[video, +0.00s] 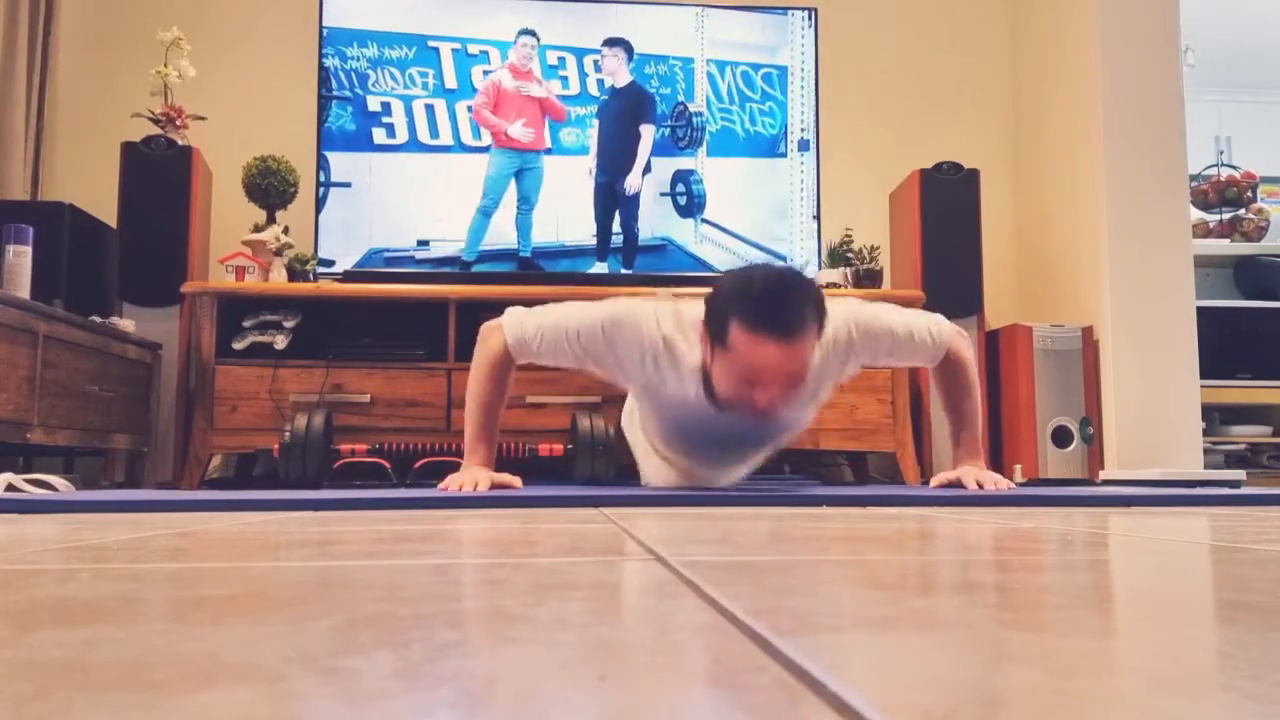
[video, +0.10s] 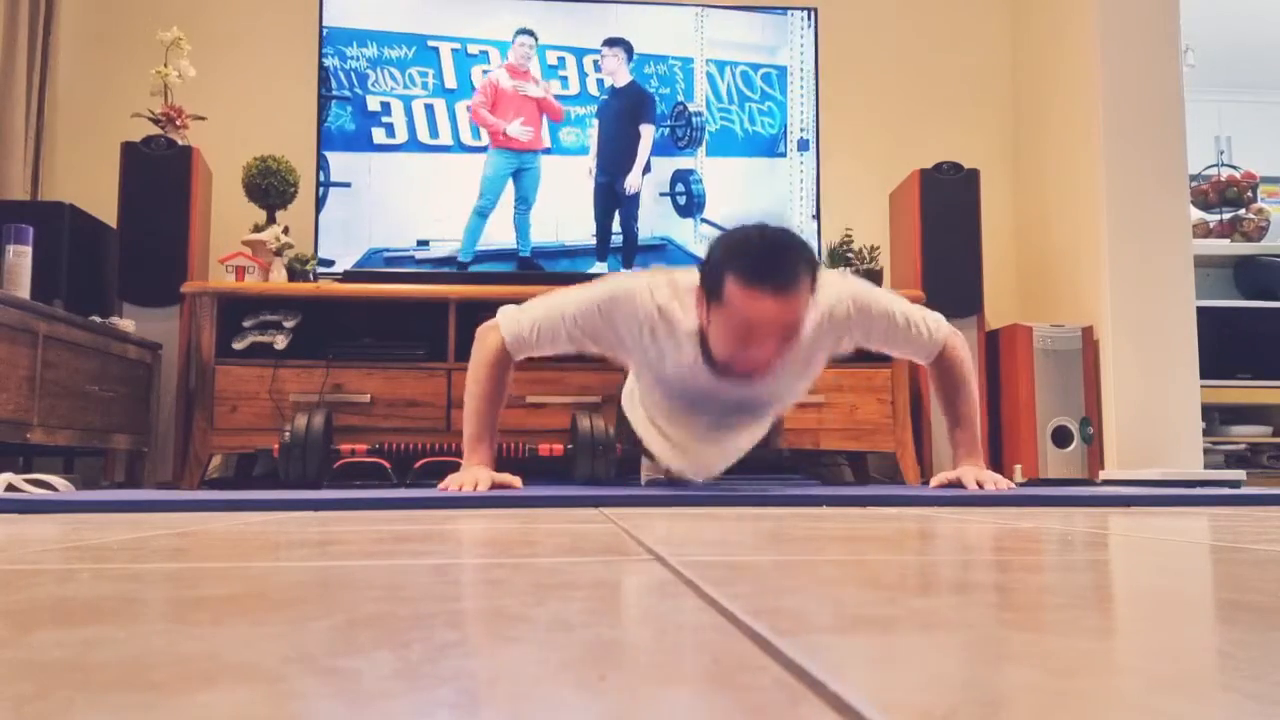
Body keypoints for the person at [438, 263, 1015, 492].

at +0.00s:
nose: (770, 397)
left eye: (787, 380)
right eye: (751, 379)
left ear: (815, 349)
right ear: (709, 348)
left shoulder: (842, 332)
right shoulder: (642, 335)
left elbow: (950, 344)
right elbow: (497, 338)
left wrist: (971, 458)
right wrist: (473, 460)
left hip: (740, 478)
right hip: (640, 466)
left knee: (721, 580)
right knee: (627, 577)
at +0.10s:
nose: (759, 353)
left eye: (778, 334)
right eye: (745, 331)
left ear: (805, 309)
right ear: (705, 303)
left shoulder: (838, 306)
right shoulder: (635, 304)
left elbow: (946, 345)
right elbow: (495, 337)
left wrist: (969, 460)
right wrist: (475, 462)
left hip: (749, 450)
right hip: (647, 449)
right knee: (636, 567)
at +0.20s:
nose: (748, 226)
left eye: (766, 208)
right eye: (732, 203)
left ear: (788, 199)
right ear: (694, 189)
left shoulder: (826, 240)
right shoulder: (625, 234)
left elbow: (913, 338)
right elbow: (523, 335)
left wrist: (965, 458)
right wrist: (480, 461)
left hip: (742, 386)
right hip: (648, 380)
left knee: (710, 425)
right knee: (649, 421)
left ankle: (683, 450)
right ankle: (652, 454)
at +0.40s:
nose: (752, 181)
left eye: (771, 158)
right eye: (733, 159)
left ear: (789, 145)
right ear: (693, 140)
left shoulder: (815, 189)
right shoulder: (638, 191)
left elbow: (851, 334)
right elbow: (575, 333)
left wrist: (848, 460)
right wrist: (595, 462)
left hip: (743, 346)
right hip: (649, 346)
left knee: (701, 410)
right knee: (650, 408)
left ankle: (682, 436)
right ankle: (656, 441)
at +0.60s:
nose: (755, 437)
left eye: (777, 419)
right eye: (738, 420)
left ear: (804, 382)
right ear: (696, 382)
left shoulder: (830, 352)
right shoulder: (640, 356)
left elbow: (912, 373)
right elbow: (537, 365)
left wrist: (857, 463)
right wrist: (587, 464)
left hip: (748, 483)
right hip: (650, 481)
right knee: (653, 587)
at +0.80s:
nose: (758, 327)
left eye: (776, 308)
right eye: (741, 306)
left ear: (799, 289)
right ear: (698, 281)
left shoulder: (828, 297)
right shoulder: (631, 292)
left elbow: (908, 370)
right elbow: (535, 362)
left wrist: (856, 463)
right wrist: (588, 462)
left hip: (747, 444)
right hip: (634, 442)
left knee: (740, 571)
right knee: (626, 567)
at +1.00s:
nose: (745, 104)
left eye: (763, 79)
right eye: (723, 81)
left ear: (777, 71)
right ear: (683, 70)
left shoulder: (807, 148)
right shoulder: (628, 144)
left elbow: (851, 277)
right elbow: (582, 284)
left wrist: (849, 400)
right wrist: (583, 417)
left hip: (746, 305)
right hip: (652, 300)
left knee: (707, 404)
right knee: (652, 399)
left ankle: (685, 433)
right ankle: (656, 439)